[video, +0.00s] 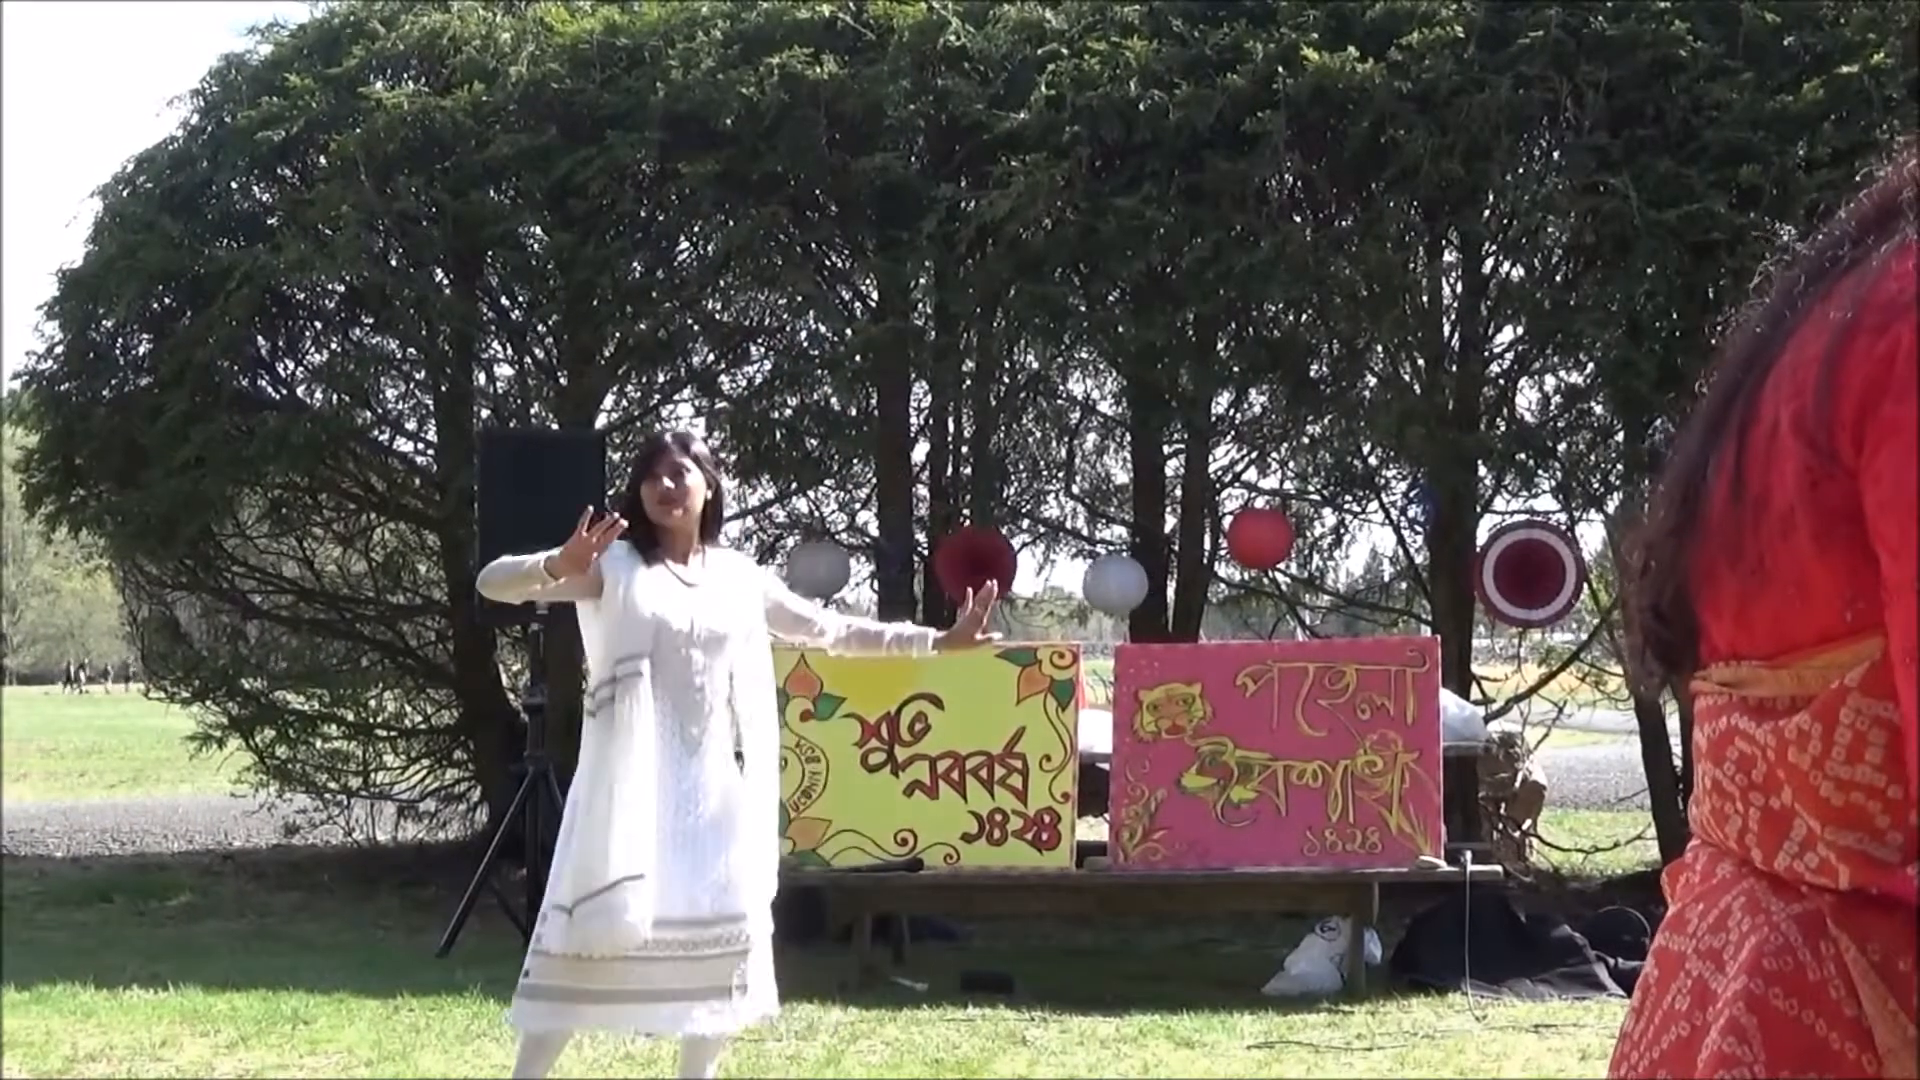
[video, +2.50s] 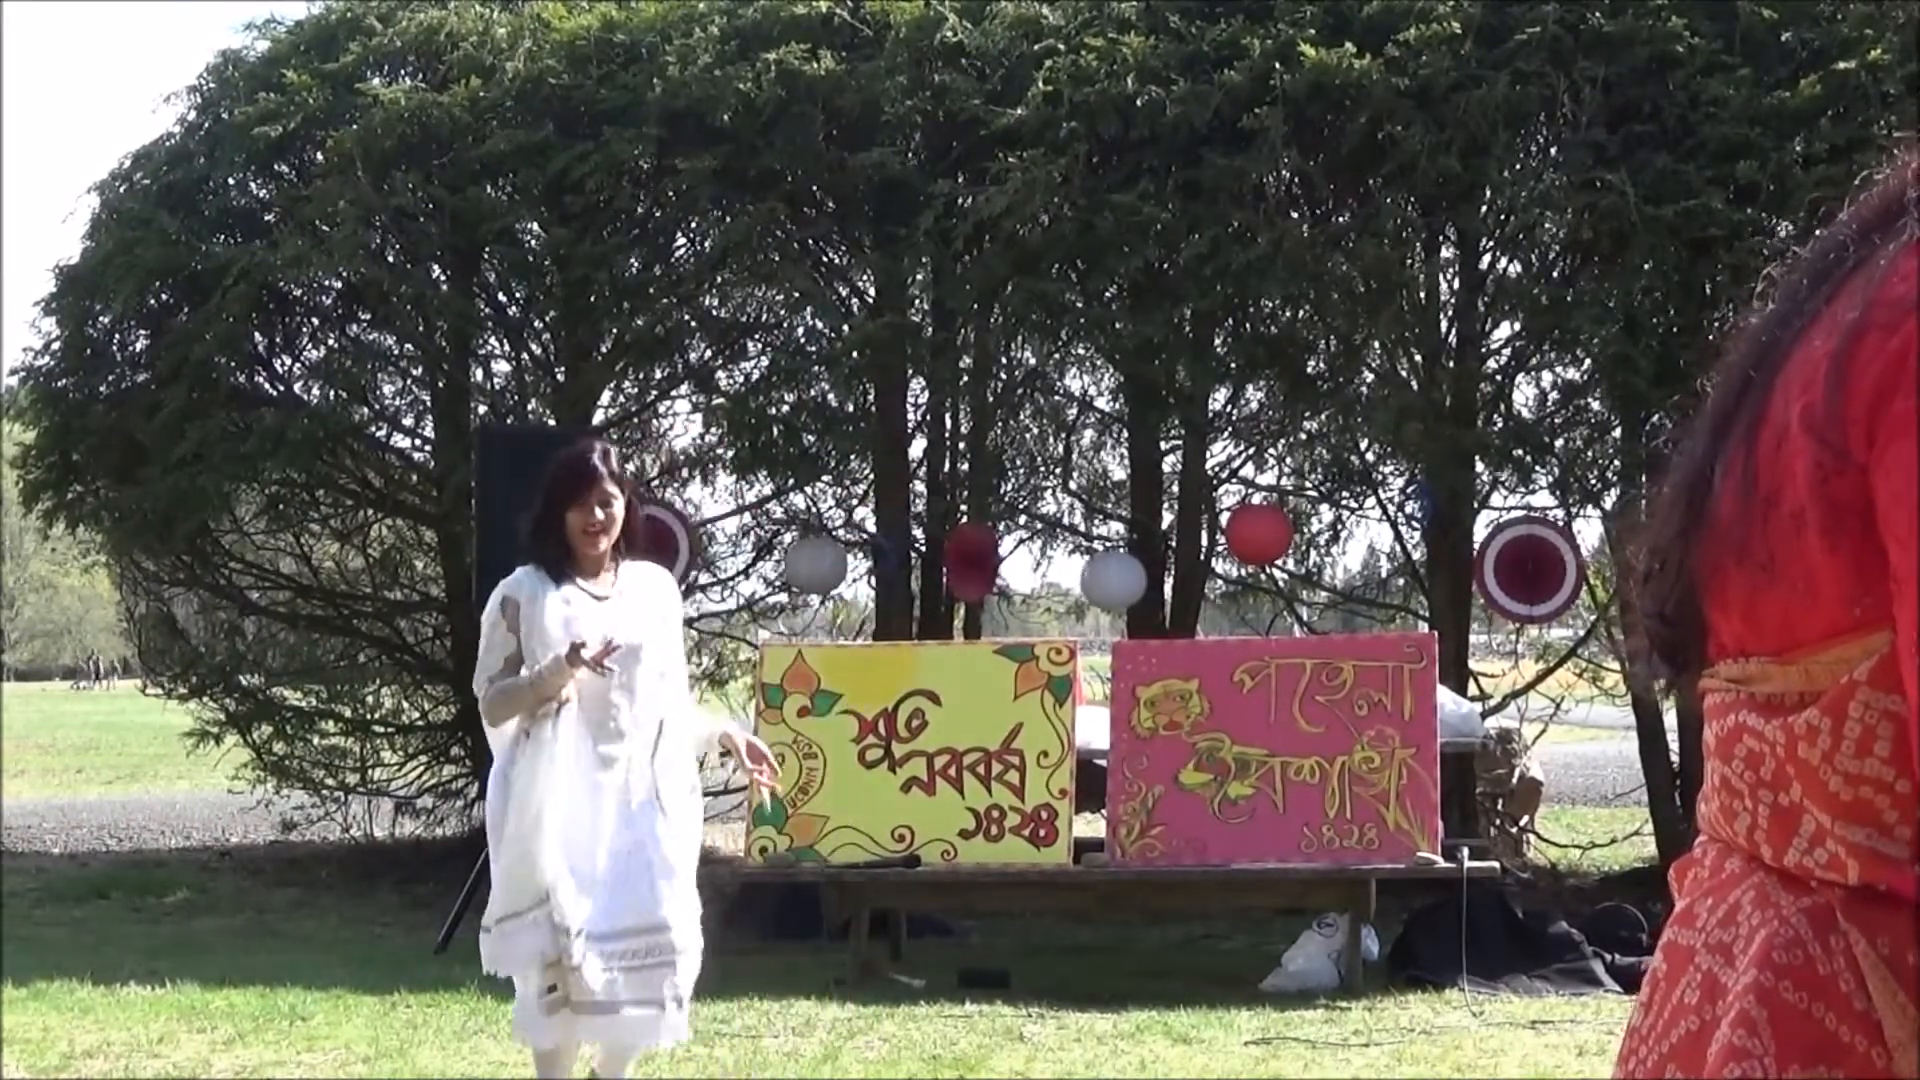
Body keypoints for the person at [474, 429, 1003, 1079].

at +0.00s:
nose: (669, 484)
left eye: (684, 471)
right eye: (656, 473)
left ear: (709, 488)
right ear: (638, 490)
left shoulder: (740, 577)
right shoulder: (610, 566)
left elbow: (833, 628)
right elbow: (490, 582)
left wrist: (948, 639)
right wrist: (554, 567)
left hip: (718, 788)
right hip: (622, 785)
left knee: (726, 953)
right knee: (572, 947)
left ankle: (696, 1074)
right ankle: (526, 1074)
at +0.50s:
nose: (640, 488)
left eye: (650, 477)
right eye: (625, 475)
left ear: (660, 490)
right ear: (593, 486)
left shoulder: (680, 573)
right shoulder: (546, 569)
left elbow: (766, 649)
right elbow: (487, 671)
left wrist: (863, 659)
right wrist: (513, 616)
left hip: (660, 788)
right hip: (558, 789)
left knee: (708, 953)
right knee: (532, 958)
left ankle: (728, 1072)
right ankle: (519, 1075)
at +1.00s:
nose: (706, 507)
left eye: (710, 493)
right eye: (687, 502)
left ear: (725, 501)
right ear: (665, 522)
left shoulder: (751, 583)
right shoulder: (685, 596)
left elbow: (848, 606)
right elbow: (826, 601)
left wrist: (871, 517)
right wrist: (867, 513)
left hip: (779, 811)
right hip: (702, 813)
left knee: (821, 978)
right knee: (638, 966)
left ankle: (775, 1073)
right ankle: (566, 1072)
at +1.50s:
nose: (719, 522)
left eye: (730, 505)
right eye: (703, 513)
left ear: (757, 507)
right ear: (689, 526)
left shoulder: (803, 580)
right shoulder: (691, 604)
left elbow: (808, 704)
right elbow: (687, 722)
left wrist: (845, 697)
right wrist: (779, 681)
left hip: (802, 817)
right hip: (715, 820)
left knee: (810, 983)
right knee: (647, 972)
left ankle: (774, 1073)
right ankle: (582, 1074)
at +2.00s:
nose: (687, 497)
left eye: (699, 481)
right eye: (672, 485)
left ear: (723, 486)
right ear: (653, 495)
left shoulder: (771, 565)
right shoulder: (626, 576)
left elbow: (852, 636)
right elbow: (552, 661)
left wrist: (840, 689)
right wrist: (614, 690)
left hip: (750, 796)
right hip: (648, 799)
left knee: (758, 966)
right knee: (603, 966)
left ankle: (755, 1076)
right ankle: (563, 1075)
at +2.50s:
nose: (597, 516)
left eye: (609, 501)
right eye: (582, 503)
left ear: (626, 506)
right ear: (557, 510)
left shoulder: (655, 586)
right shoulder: (521, 595)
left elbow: (672, 708)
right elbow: (493, 709)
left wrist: (727, 736)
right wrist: (560, 669)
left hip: (642, 813)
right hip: (550, 815)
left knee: (653, 961)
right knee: (551, 976)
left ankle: (611, 1069)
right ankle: (555, 1070)